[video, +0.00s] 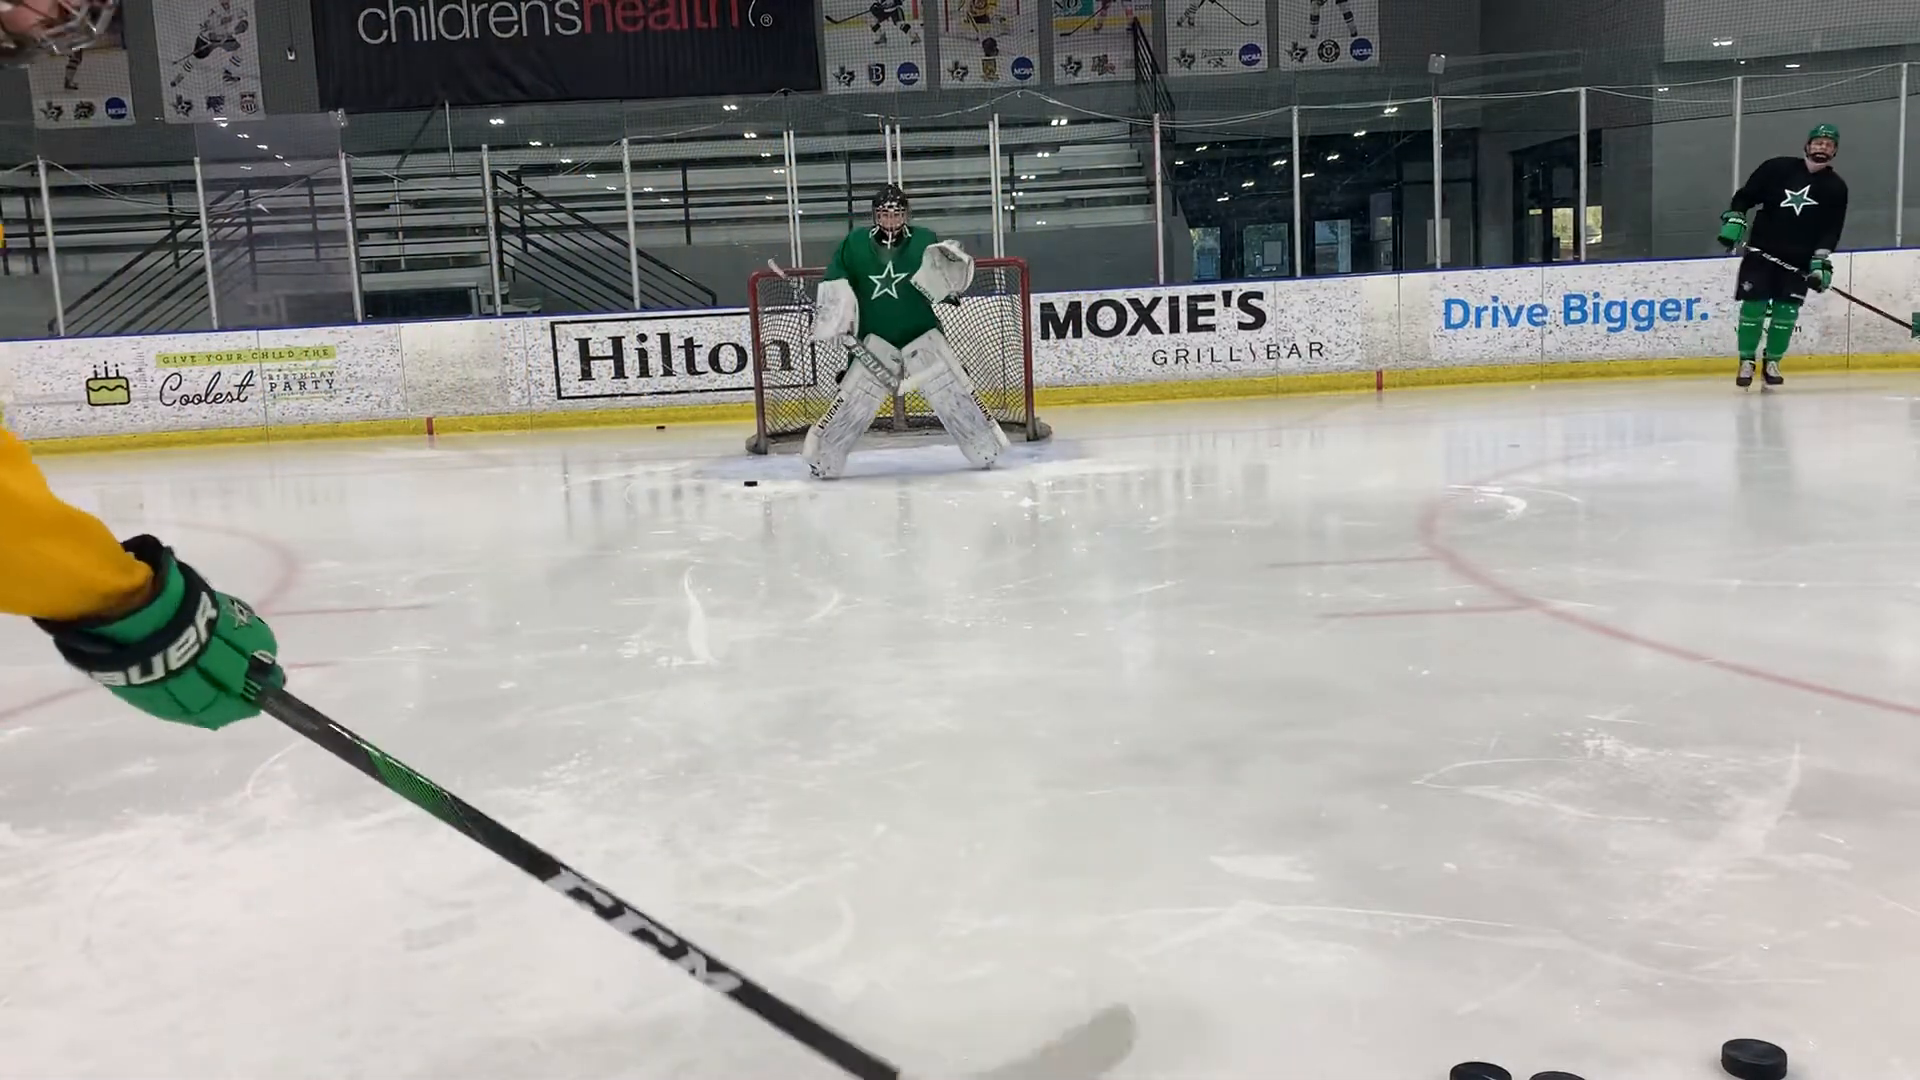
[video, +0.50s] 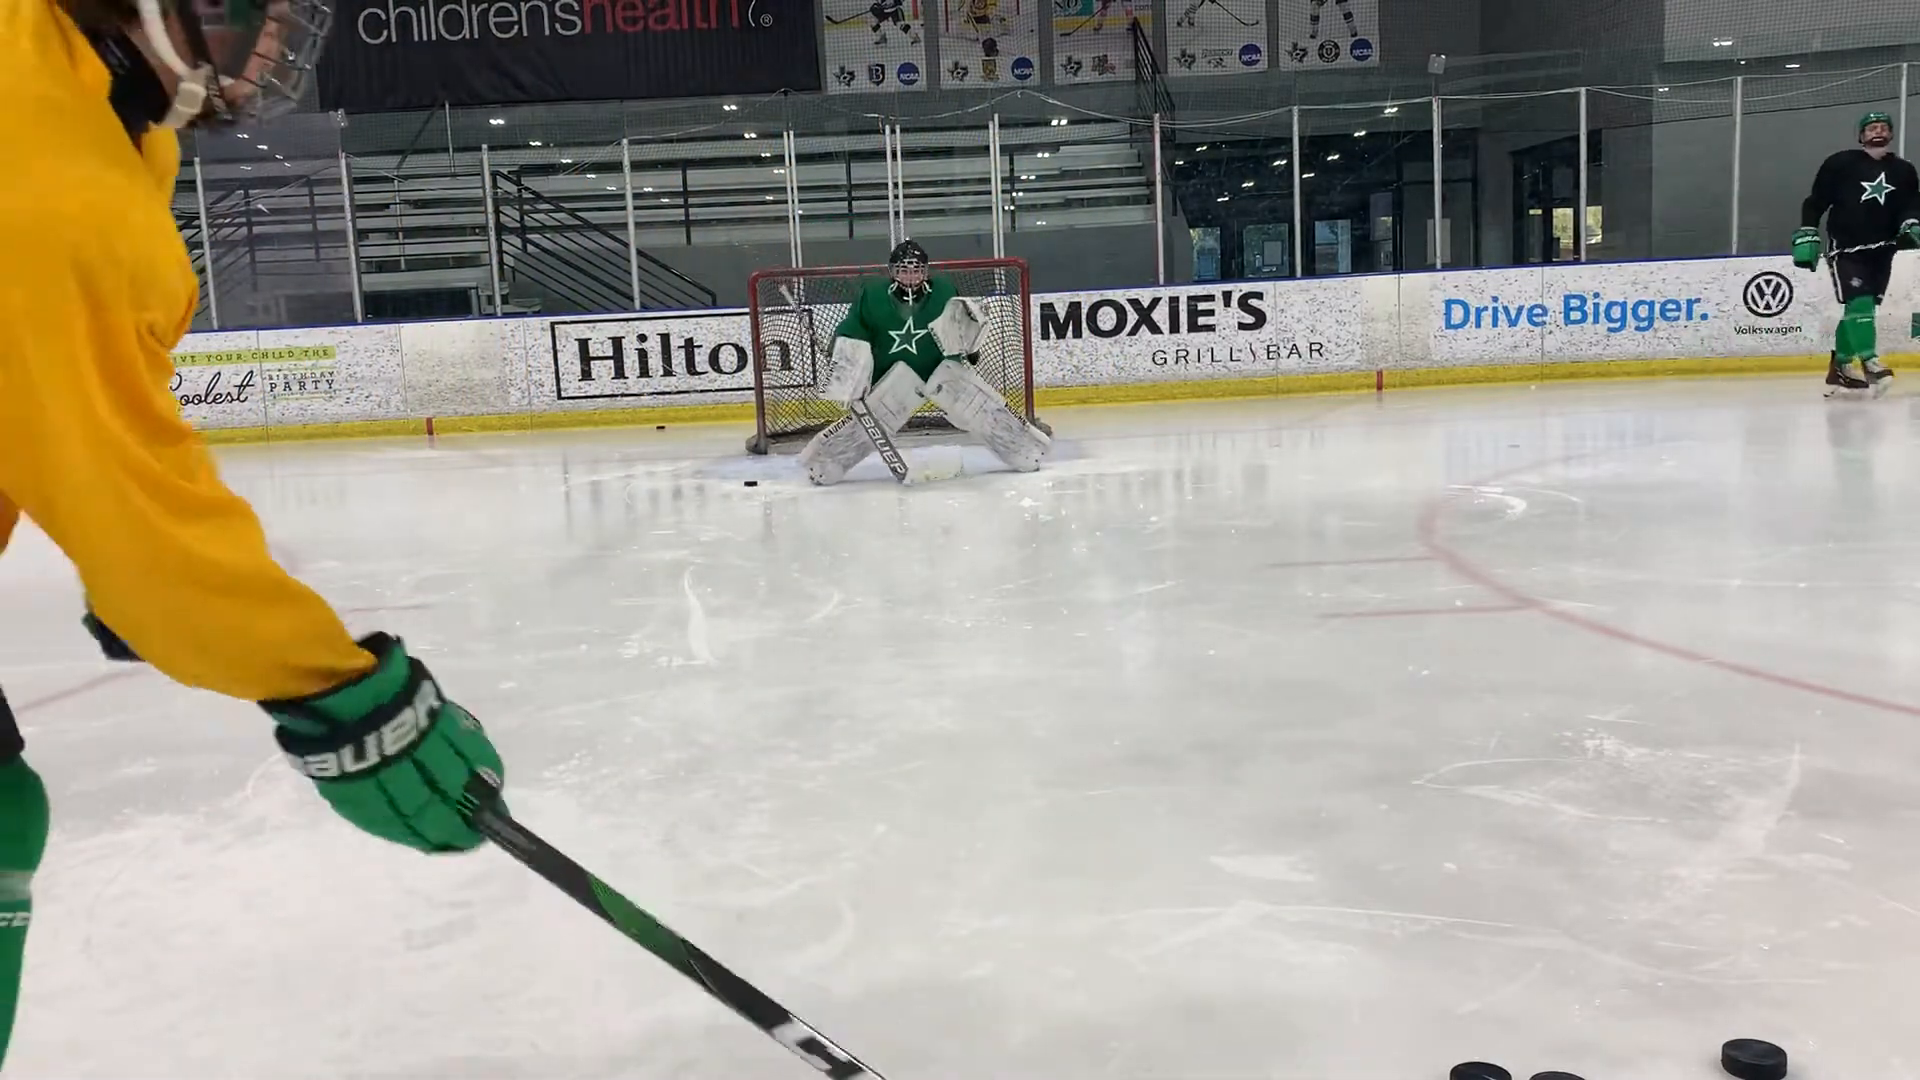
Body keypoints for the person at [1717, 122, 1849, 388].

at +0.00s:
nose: (1822, 149)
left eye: (1828, 145)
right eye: (1818, 143)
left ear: (1834, 151)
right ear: (1807, 145)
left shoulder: (1836, 188)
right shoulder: (1777, 168)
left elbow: (1831, 229)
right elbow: (1746, 196)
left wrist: (1821, 260)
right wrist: (1734, 219)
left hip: (1799, 259)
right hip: (1762, 251)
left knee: (1787, 312)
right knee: (1753, 306)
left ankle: (1772, 362)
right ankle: (1746, 361)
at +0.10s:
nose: (1829, 146)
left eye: (1836, 142)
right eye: (1825, 140)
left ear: (1842, 148)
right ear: (1815, 143)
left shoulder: (1846, 185)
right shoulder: (1787, 167)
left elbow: (1843, 226)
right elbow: (1755, 195)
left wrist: (1832, 257)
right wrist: (1742, 218)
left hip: (1811, 258)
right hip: (1776, 250)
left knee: (1799, 313)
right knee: (1773, 307)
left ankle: (1783, 363)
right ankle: (1766, 363)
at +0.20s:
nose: (1839, 142)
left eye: (1845, 138)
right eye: (1835, 137)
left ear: (1853, 145)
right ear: (1824, 142)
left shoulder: (1858, 182)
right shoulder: (1798, 167)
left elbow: (1857, 221)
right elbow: (1765, 195)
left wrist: (1849, 249)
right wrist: (1752, 221)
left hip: (1828, 256)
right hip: (1792, 250)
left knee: (1815, 312)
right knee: (1793, 305)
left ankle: (1797, 366)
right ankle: (1789, 362)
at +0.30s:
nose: (1852, 139)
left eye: (1857, 135)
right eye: (1847, 134)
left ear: (1864, 141)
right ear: (1836, 139)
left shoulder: (1872, 178)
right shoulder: (1810, 166)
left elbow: (1873, 215)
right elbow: (1779, 198)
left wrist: (1867, 241)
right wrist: (1766, 228)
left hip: (1844, 253)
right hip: (1809, 249)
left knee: (1831, 309)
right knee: (1814, 303)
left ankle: (1807, 363)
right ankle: (1815, 358)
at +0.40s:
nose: (1865, 135)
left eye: (1870, 131)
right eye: (1859, 131)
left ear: (1877, 137)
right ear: (1848, 136)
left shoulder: (1886, 174)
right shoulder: (1822, 165)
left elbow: (1891, 209)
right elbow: (1797, 201)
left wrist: (1889, 232)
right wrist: (1785, 234)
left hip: (1863, 249)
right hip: (1826, 247)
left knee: (1847, 307)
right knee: (1838, 301)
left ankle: (1824, 364)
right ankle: (1845, 355)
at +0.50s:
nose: (1878, 132)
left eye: (1883, 128)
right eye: (1872, 129)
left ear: (1891, 133)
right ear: (1862, 134)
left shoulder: (1904, 170)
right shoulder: (1839, 164)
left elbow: (1910, 205)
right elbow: (1815, 203)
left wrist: (1911, 226)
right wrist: (1806, 235)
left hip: (1883, 246)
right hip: (1847, 246)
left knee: (1863, 307)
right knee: (1860, 302)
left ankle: (1840, 365)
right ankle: (1870, 362)